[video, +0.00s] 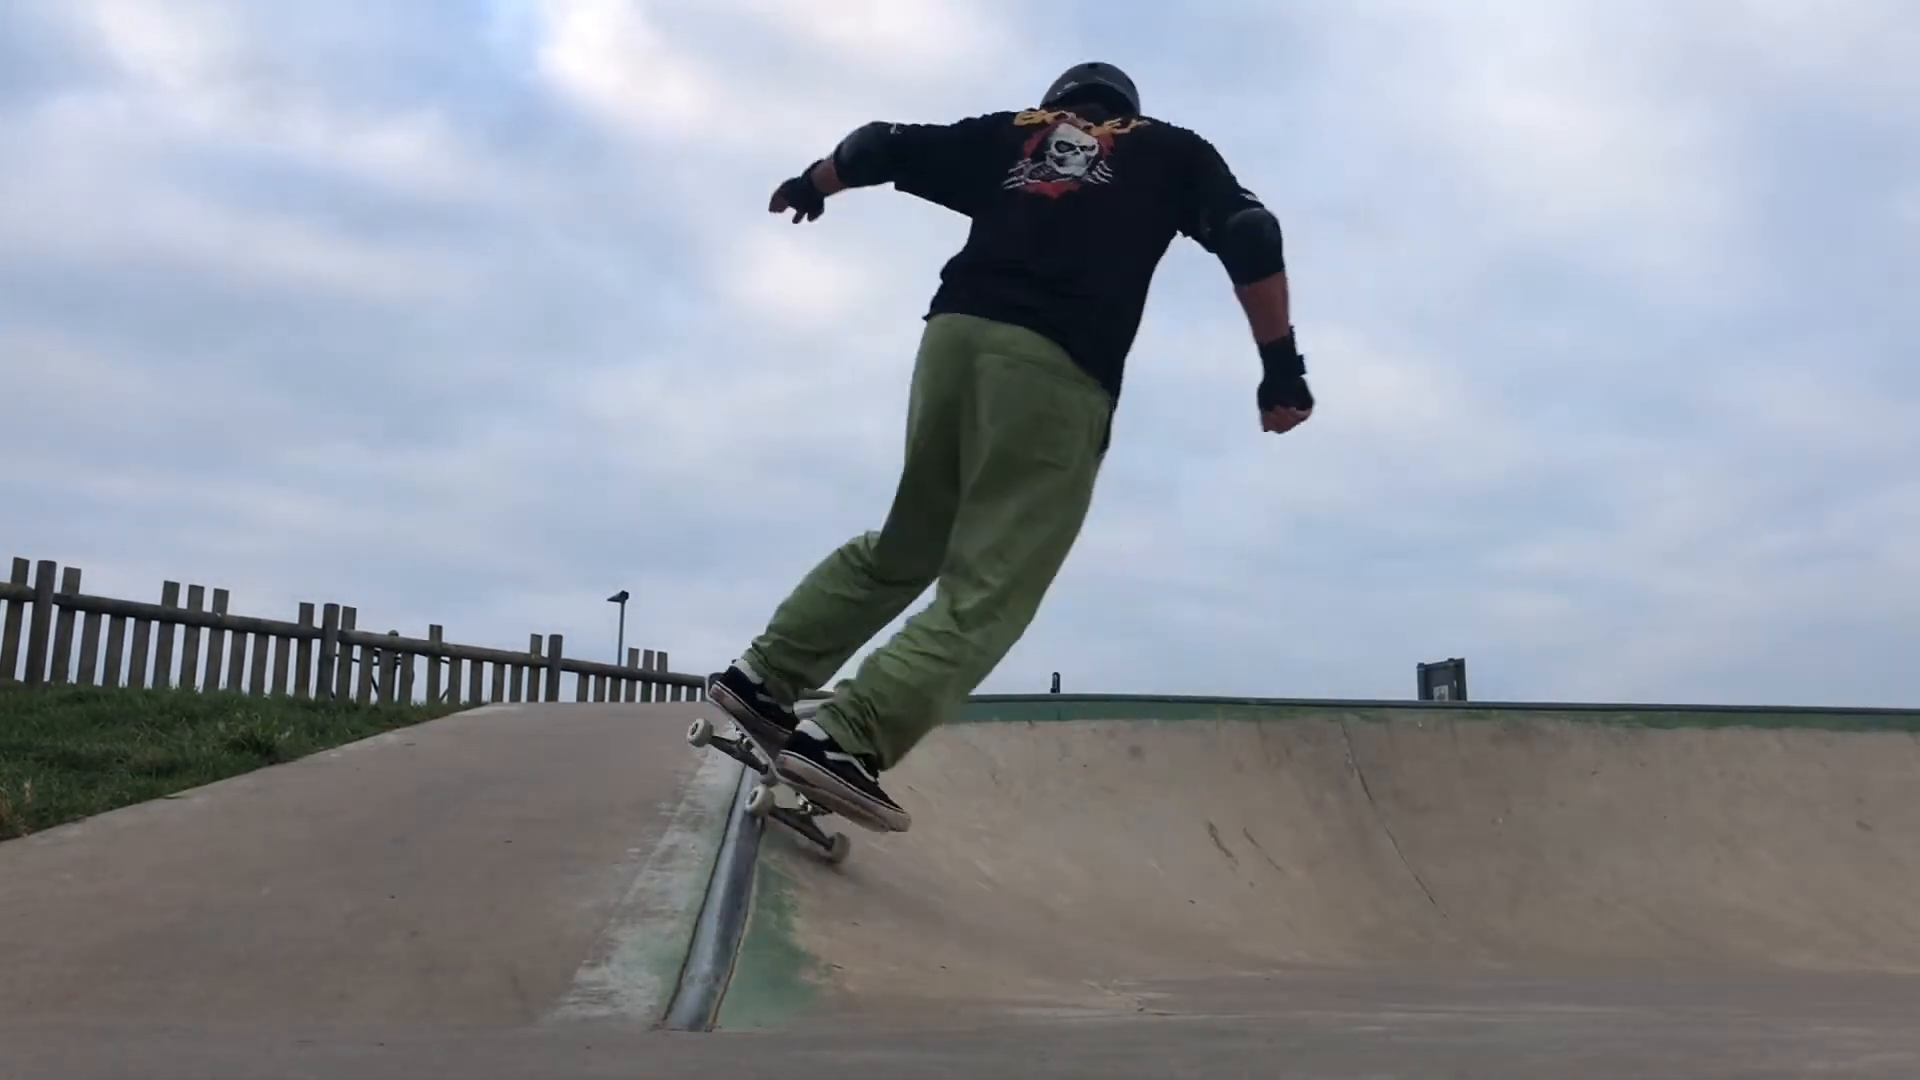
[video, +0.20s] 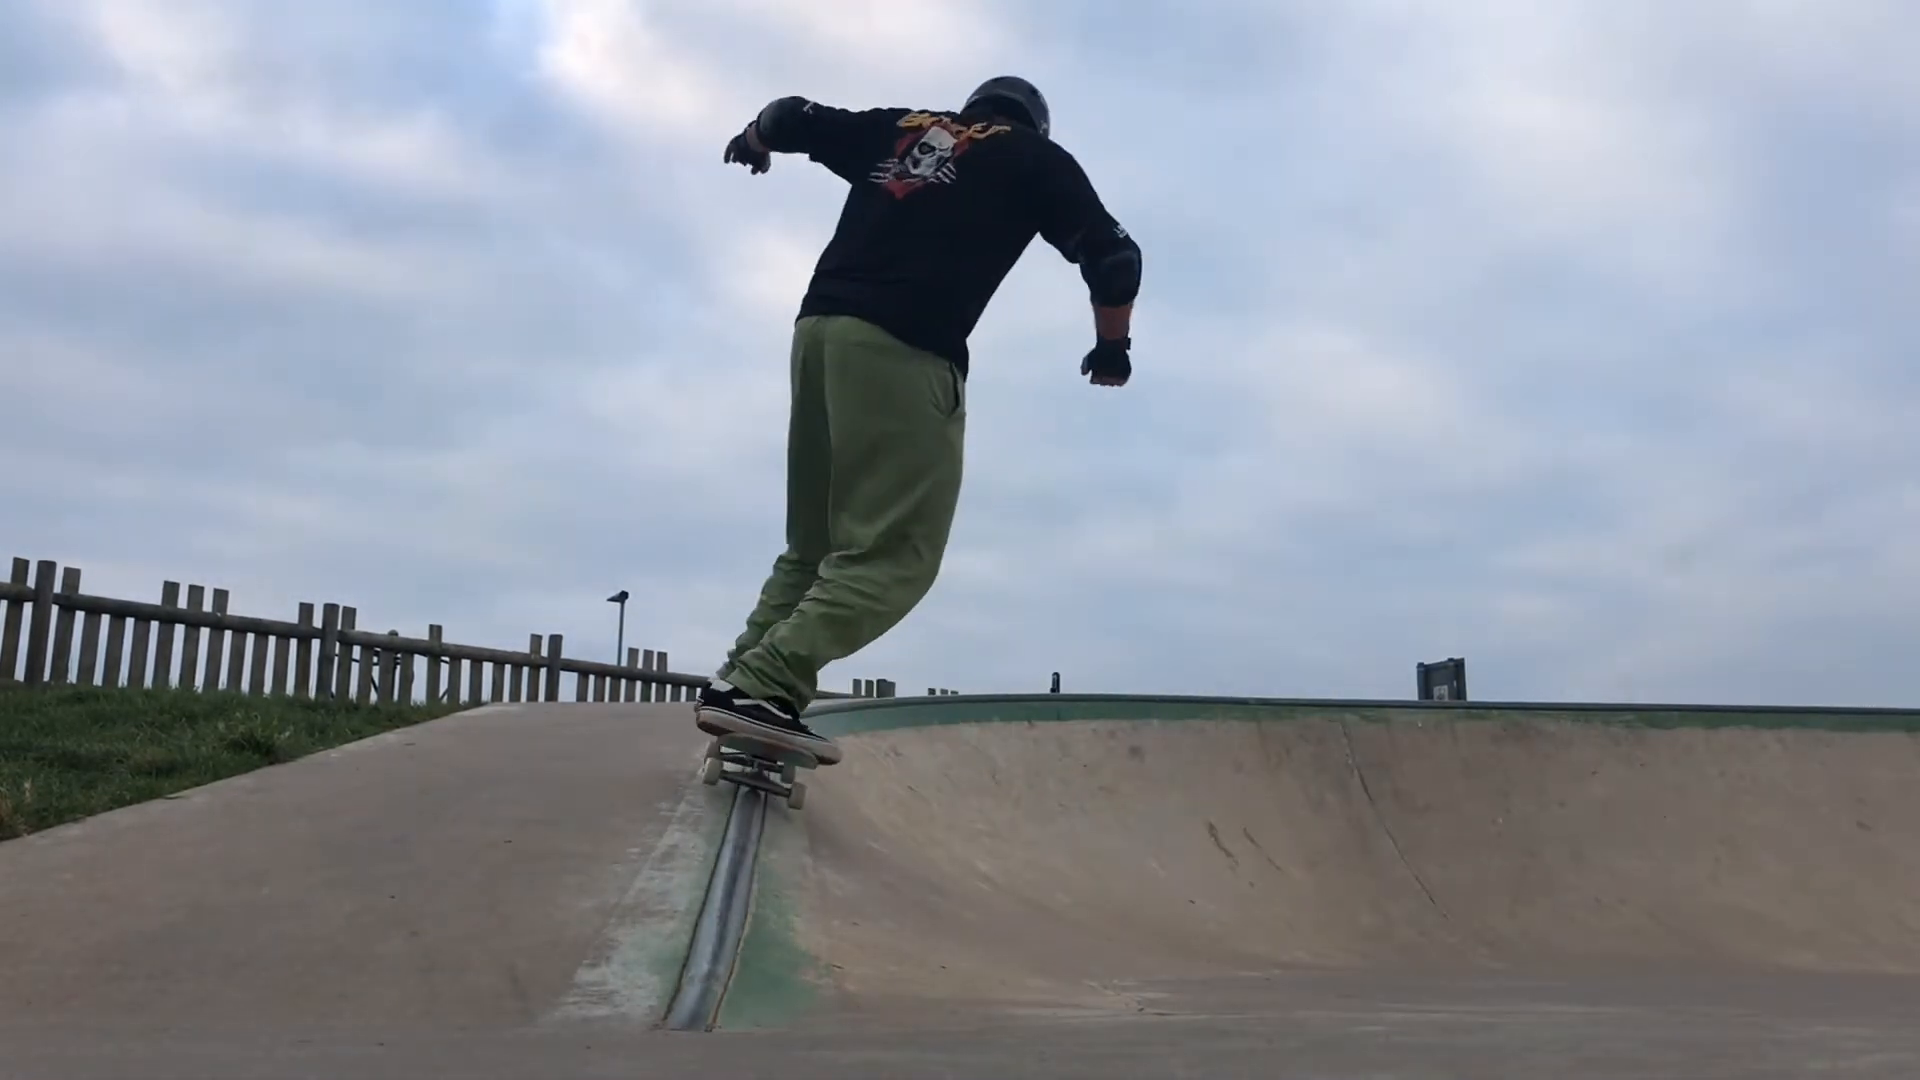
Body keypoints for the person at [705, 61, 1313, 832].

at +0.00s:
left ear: (1053, 106)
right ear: (1133, 115)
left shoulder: (1009, 133)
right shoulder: (1172, 151)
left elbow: (887, 144)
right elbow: (1250, 232)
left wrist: (816, 182)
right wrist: (1282, 367)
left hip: (952, 332)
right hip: (1055, 362)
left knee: (907, 542)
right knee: (986, 595)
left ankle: (762, 683)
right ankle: (844, 742)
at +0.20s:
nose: (1042, 147)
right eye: (1043, 136)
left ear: (974, 104)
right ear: (1035, 125)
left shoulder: (898, 126)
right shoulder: (1035, 157)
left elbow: (793, 114)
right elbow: (1114, 253)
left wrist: (755, 137)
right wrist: (1112, 346)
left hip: (818, 332)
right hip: (902, 348)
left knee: (810, 548)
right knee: (893, 555)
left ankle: (740, 685)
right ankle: (764, 688)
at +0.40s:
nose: (982, 167)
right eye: (983, 157)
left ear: (922, 134)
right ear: (976, 150)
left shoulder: (853, 158)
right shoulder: (974, 172)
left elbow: (748, 171)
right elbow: (1060, 237)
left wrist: (741, 217)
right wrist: (1105, 315)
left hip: (769, 332)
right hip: (848, 342)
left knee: (765, 531)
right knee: (847, 539)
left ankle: (726, 690)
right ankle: (738, 679)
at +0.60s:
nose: (965, 180)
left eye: (960, 171)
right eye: (966, 172)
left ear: (909, 150)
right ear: (957, 161)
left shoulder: (844, 179)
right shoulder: (951, 177)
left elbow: (749, 224)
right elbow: (1032, 235)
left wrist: (781, 281)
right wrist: (1069, 327)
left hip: (761, 327)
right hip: (834, 328)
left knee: (763, 521)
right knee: (832, 518)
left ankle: (723, 676)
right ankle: (734, 663)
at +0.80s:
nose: (979, 260)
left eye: (981, 255)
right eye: (985, 247)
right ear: (976, 223)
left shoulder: (870, 232)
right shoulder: (964, 198)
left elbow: (870, 333)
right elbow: (1038, 143)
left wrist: (915, 441)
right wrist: (1117, 84)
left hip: (783, 334)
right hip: (874, 335)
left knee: (751, 525)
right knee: (894, 522)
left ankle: (711, 678)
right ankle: (872, 688)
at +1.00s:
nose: (1043, 246)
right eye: (1028, 235)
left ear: (960, 228)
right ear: (1008, 230)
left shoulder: (904, 271)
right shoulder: (1000, 244)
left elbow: (892, 350)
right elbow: (1074, 195)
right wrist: (1125, 166)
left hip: (843, 429)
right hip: (924, 436)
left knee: (861, 558)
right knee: (919, 630)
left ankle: (779, 633)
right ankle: (851, 785)